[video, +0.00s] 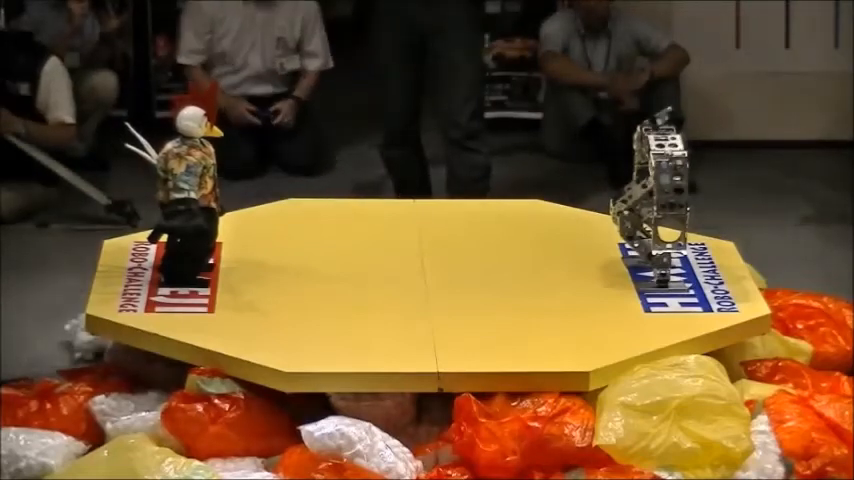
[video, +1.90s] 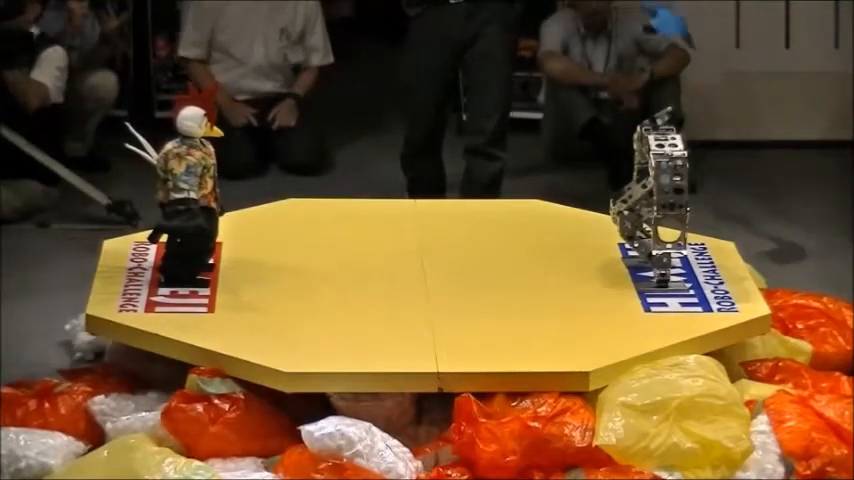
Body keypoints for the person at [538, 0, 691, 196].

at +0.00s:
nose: (595, 8)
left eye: (601, 2)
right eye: (588, 3)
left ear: (610, 4)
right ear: (574, 5)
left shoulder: (625, 25)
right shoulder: (558, 26)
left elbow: (679, 55)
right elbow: (551, 65)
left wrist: (645, 74)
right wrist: (608, 82)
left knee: (666, 80)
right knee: (564, 83)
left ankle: (669, 166)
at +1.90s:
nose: (596, 8)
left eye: (602, 4)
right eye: (589, 4)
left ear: (611, 5)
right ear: (573, 6)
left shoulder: (628, 23)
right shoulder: (558, 24)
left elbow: (680, 55)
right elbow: (553, 65)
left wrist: (644, 76)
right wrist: (608, 82)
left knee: (666, 79)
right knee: (560, 82)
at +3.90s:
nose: (595, 8)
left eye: (601, 1)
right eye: (587, 2)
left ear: (610, 4)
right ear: (574, 5)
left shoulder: (626, 23)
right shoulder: (558, 24)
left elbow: (679, 56)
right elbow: (553, 67)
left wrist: (643, 76)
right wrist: (610, 83)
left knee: (666, 80)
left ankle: (670, 167)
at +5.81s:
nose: (597, 9)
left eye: (603, 3)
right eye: (590, 3)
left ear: (611, 4)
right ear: (577, 5)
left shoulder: (627, 24)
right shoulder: (558, 24)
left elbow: (679, 57)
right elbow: (550, 65)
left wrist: (643, 76)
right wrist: (609, 83)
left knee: (667, 81)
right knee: (565, 89)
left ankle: (667, 163)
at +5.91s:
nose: (597, 9)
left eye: (603, 4)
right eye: (590, 4)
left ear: (612, 5)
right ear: (576, 6)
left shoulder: (629, 23)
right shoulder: (558, 24)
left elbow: (679, 56)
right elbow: (551, 65)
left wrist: (643, 76)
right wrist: (609, 83)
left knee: (667, 79)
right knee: (565, 90)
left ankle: (666, 151)